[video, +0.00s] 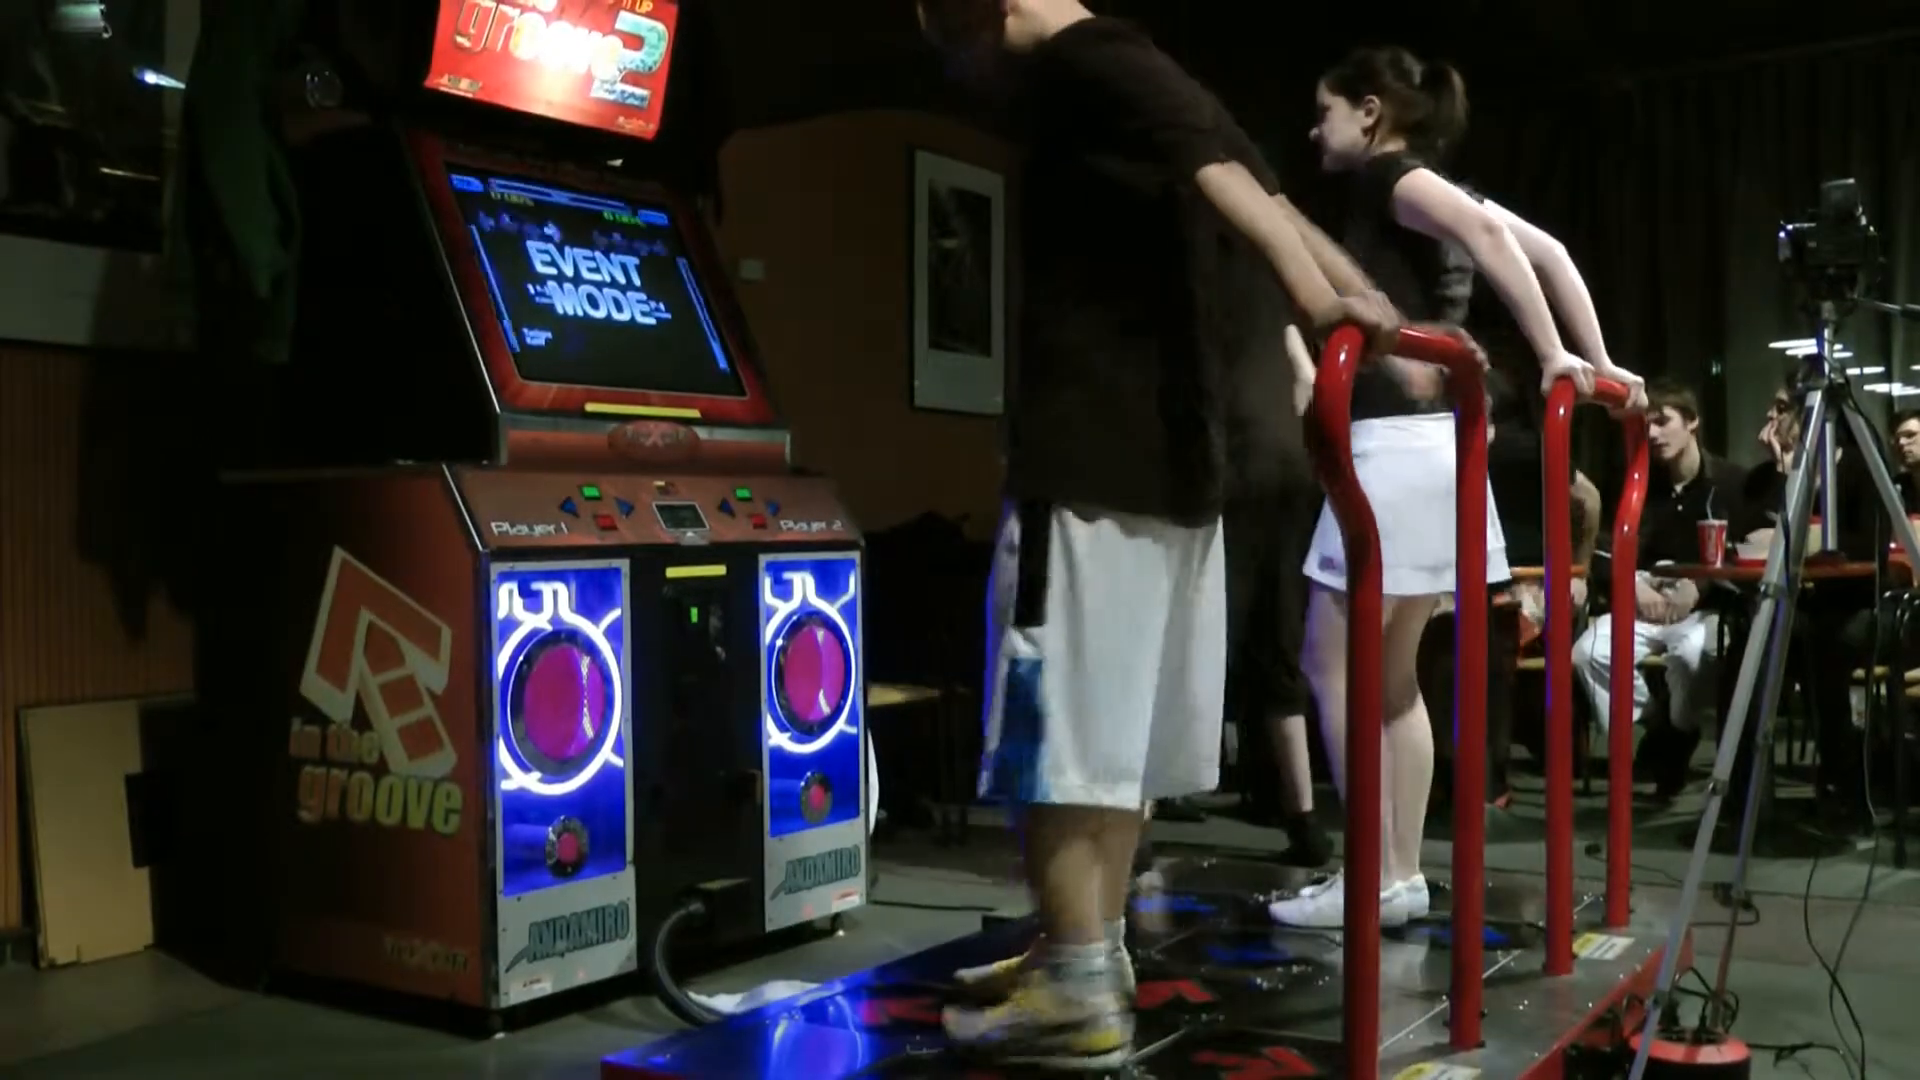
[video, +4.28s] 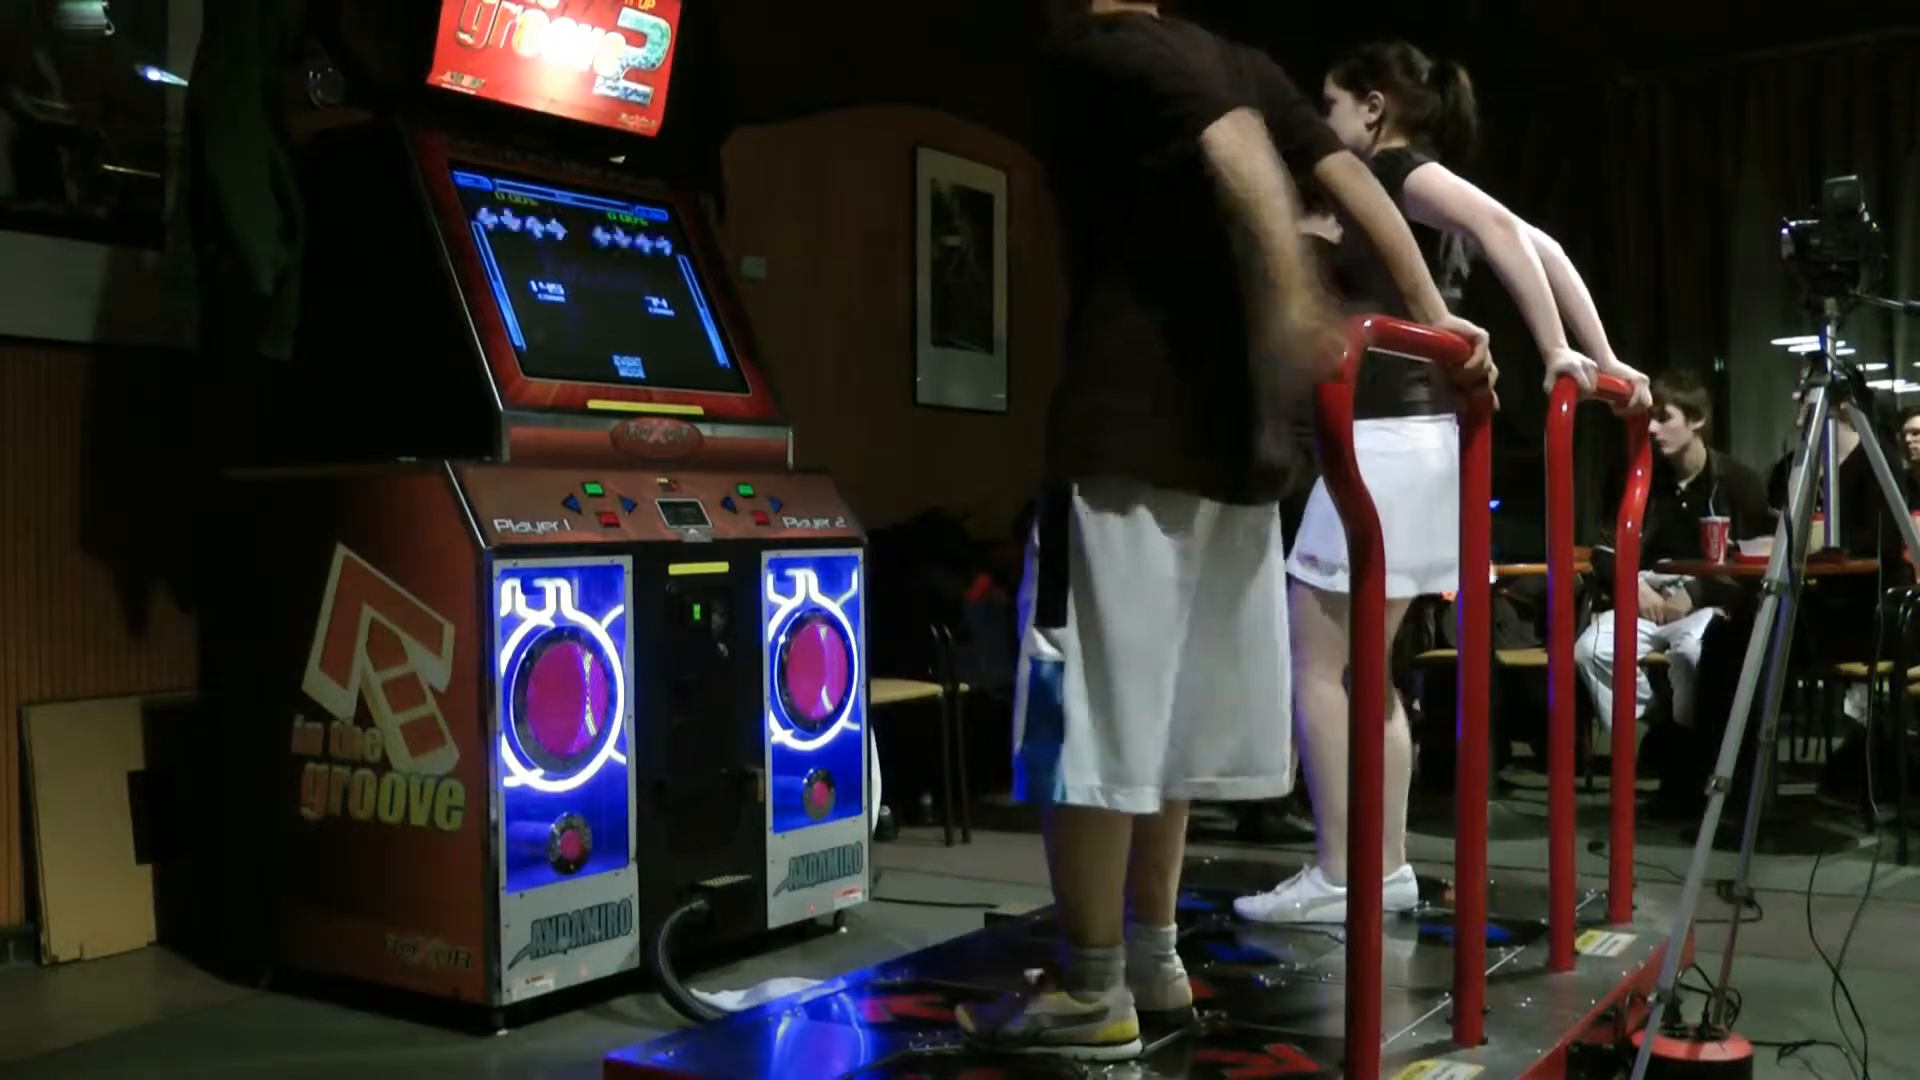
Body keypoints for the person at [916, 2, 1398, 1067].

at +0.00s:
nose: (976, 57)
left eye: (969, 37)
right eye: (970, 42)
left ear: (1005, 12)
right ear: (1074, 3)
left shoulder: (1075, 67)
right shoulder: (1159, 80)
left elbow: (1218, 167)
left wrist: (1331, 286)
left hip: (1101, 457)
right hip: (1175, 462)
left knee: (1068, 712)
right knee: (1123, 708)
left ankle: (1079, 977)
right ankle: (1090, 956)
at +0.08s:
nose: (970, 48)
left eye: (968, 27)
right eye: (965, 33)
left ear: (1009, 7)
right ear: (1067, 0)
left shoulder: (1088, 65)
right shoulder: (1119, 77)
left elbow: (1222, 175)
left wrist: (1324, 303)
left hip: (1105, 460)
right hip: (1157, 461)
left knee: (1073, 720)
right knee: (1113, 715)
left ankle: (1113, 987)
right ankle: (1092, 950)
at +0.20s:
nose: (980, 36)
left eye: (984, 18)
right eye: (976, 25)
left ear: (1036, 3)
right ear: (1062, 12)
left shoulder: (1114, 65)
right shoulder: (1073, 100)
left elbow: (1236, 169)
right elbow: (1078, 340)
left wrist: (1324, 296)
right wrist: (951, 447)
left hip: (1124, 465)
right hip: (1104, 464)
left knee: (1102, 730)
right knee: (1097, 725)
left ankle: (1149, 986)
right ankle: (1085, 941)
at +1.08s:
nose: (960, 36)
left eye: (960, 16)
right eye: (952, 24)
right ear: (1016, 12)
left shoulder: (1115, 61)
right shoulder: (1045, 104)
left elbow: (1242, 181)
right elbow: (1008, 324)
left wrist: (1326, 302)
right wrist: (917, 462)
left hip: (1112, 468)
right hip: (1053, 468)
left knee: (1118, 732)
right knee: (1071, 726)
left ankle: (1157, 997)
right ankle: (1084, 945)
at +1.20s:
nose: (954, 35)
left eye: (955, 15)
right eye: (950, 22)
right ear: (1008, 11)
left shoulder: (1112, 62)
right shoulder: (1052, 97)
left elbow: (1234, 175)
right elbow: (1155, 295)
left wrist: (1319, 297)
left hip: (1112, 470)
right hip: (1054, 469)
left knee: (1117, 739)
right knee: (1062, 730)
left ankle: (1157, 996)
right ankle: (1084, 943)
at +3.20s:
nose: (999, 16)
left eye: (1003, 4)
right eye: (1000, 9)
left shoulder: (1110, 56)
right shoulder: (1107, 72)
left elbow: (1227, 177)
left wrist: (1317, 301)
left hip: (1092, 471)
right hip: (1133, 466)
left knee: (1047, 719)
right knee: (1110, 715)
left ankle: (1114, 973)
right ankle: (1087, 946)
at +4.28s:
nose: (1062, 24)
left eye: (1063, 17)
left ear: (1091, 5)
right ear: (1166, 3)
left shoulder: (1089, 47)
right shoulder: (1247, 65)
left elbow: (1227, 126)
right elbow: (1360, 191)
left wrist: (1296, 311)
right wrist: (1435, 318)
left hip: (1127, 427)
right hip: (1241, 441)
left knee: (1098, 708)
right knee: (1171, 706)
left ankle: (1093, 992)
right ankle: (1155, 960)